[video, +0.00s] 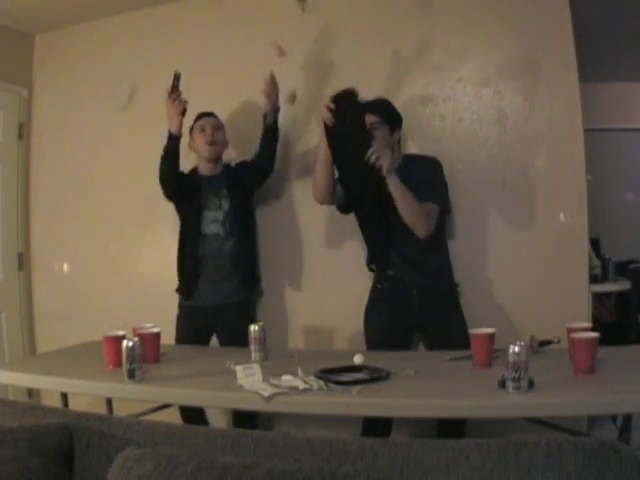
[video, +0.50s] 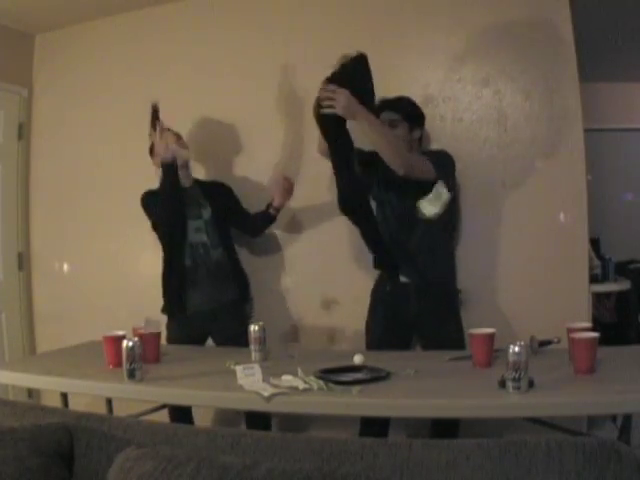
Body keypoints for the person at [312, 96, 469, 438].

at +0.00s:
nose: (369, 136)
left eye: (376, 128)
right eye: (364, 130)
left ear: (396, 132)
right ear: (358, 137)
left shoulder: (426, 169)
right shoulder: (362, 179)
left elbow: (424, 226)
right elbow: (323, 194)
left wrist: (390, 174)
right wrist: (329, 136)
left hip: (435, 291)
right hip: (387, 294)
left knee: (457, 379)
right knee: (380, 383)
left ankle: (452, 468)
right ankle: (368, 472)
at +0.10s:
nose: (379, 140)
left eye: (384, 130)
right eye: (373, 133)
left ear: (400, 131)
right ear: (365, 139)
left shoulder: (429, 168)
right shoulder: (365, 178)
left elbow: (426, 219)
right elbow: (321, 185)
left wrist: (398, 163)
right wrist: (323, 127)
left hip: (435, 288)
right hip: (389, 290)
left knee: (454, 378)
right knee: (381, 381)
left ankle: (449, 467)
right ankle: (368, 469)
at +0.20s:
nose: (384, 133)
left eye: (388, 124)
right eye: (376, 127)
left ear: (403, 126)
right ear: (366, 135)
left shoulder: (431, 166)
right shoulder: (366, 175)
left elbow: (434, 209)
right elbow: (317, 180)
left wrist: (406, 153)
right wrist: (323, 120)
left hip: (435, 288)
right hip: (389, 291)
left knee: (452, 380)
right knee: (380, 382)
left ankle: (448, 469)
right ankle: (369, 470)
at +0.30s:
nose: (379, 132)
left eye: (387, 125)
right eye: (372, 126)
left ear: (406, 130)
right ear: (366, 133)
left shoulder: (433, 165)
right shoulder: (365, 173)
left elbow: (432, 194)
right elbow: (317, 171)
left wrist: (397, 141)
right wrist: (328, 111)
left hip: (436, 287)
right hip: (389, 289)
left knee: (450, 377)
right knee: (380, 379)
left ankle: (445, 467)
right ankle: (370, 468)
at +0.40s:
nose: (382, 137)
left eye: (390, 127)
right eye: (377, 131)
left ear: (412, 129)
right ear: (372, 136)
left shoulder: (437, 164)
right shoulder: (366, 173)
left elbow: (415, 177)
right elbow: (322, 159)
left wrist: (368, 124)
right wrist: (333, 105)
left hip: (435, 287)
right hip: (388, 289)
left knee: (448, 378)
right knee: (380, 379)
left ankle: (444, 463)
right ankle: (369, 463)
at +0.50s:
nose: (382, 134)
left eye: (391, 126)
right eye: (378, 127)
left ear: (416, 134)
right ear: (374, 132)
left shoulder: (440, 164)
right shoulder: (370, 171)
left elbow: (403, 164)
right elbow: (333, 148)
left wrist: (358, 115)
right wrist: (329, 103)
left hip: (436, 293)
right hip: (389, 294)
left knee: (448, 386)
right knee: (378, 388)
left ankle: (444, 469)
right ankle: (367, 469)